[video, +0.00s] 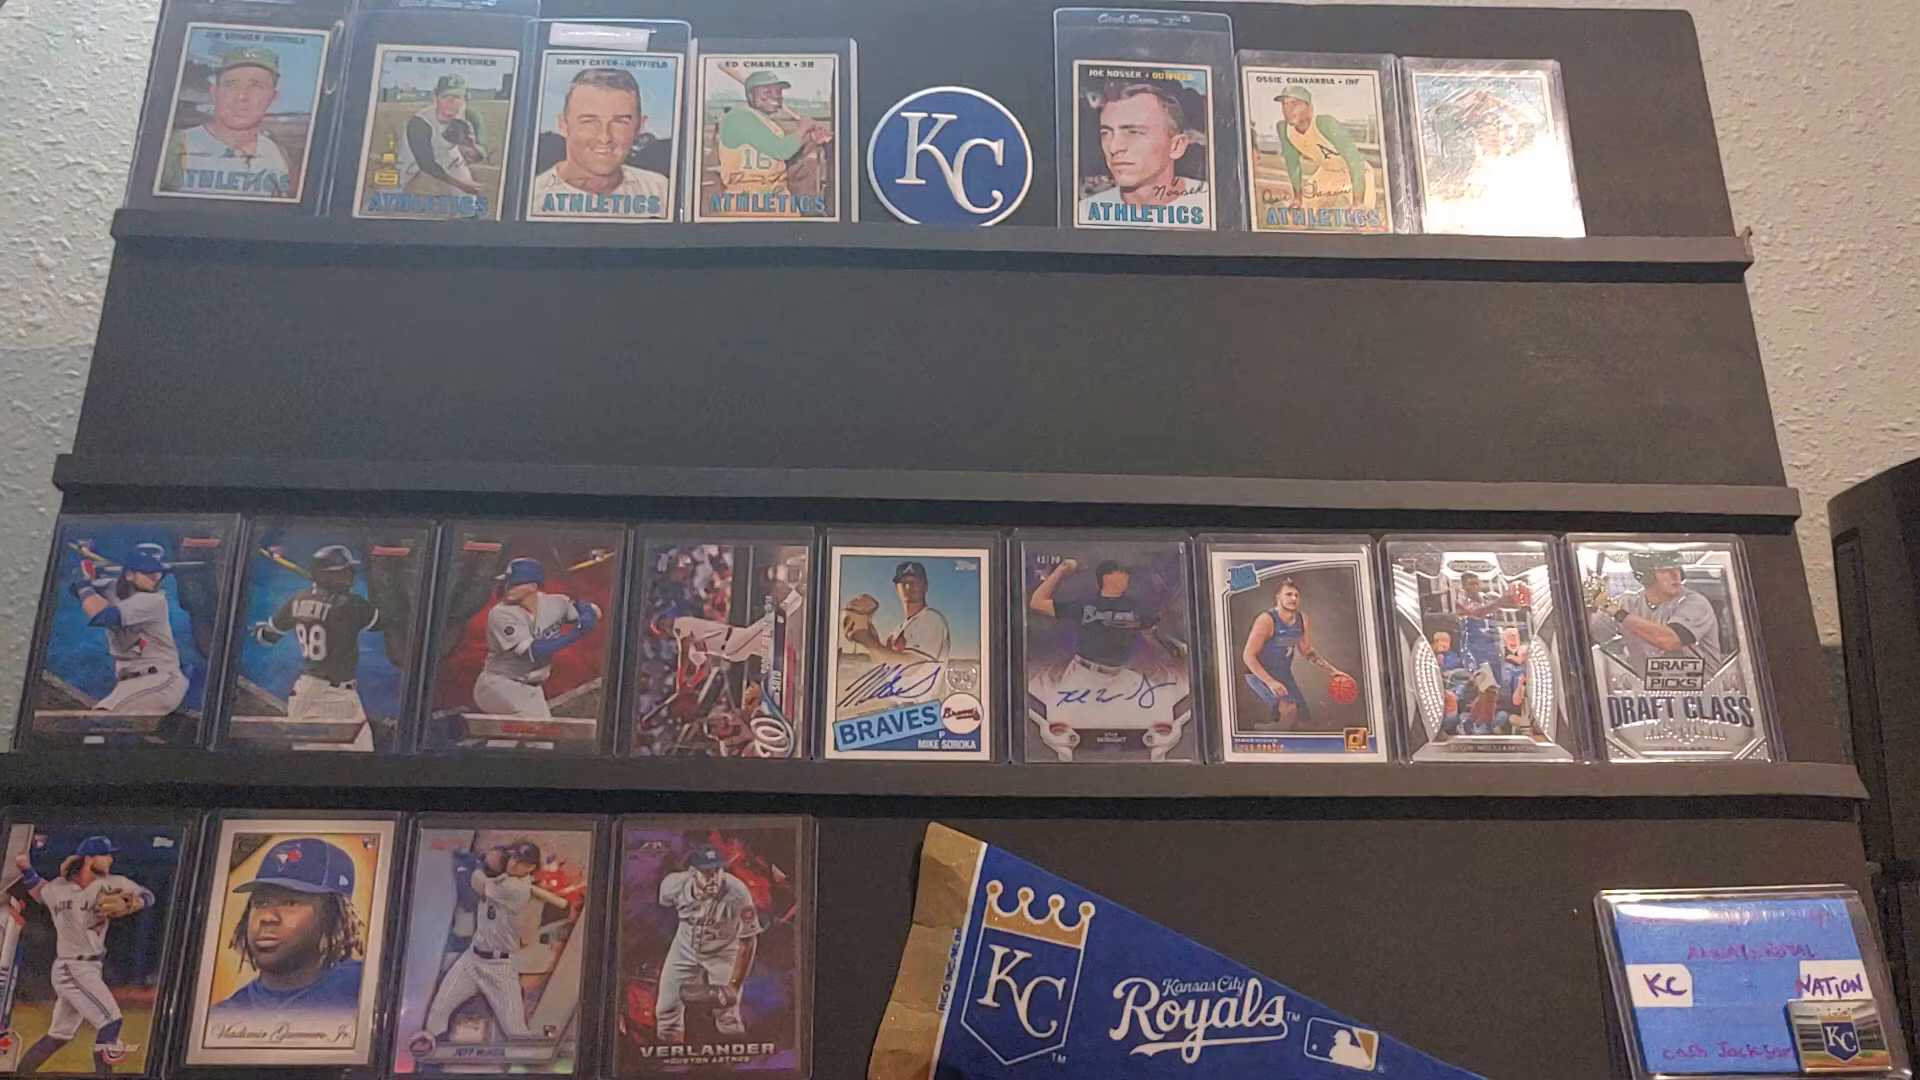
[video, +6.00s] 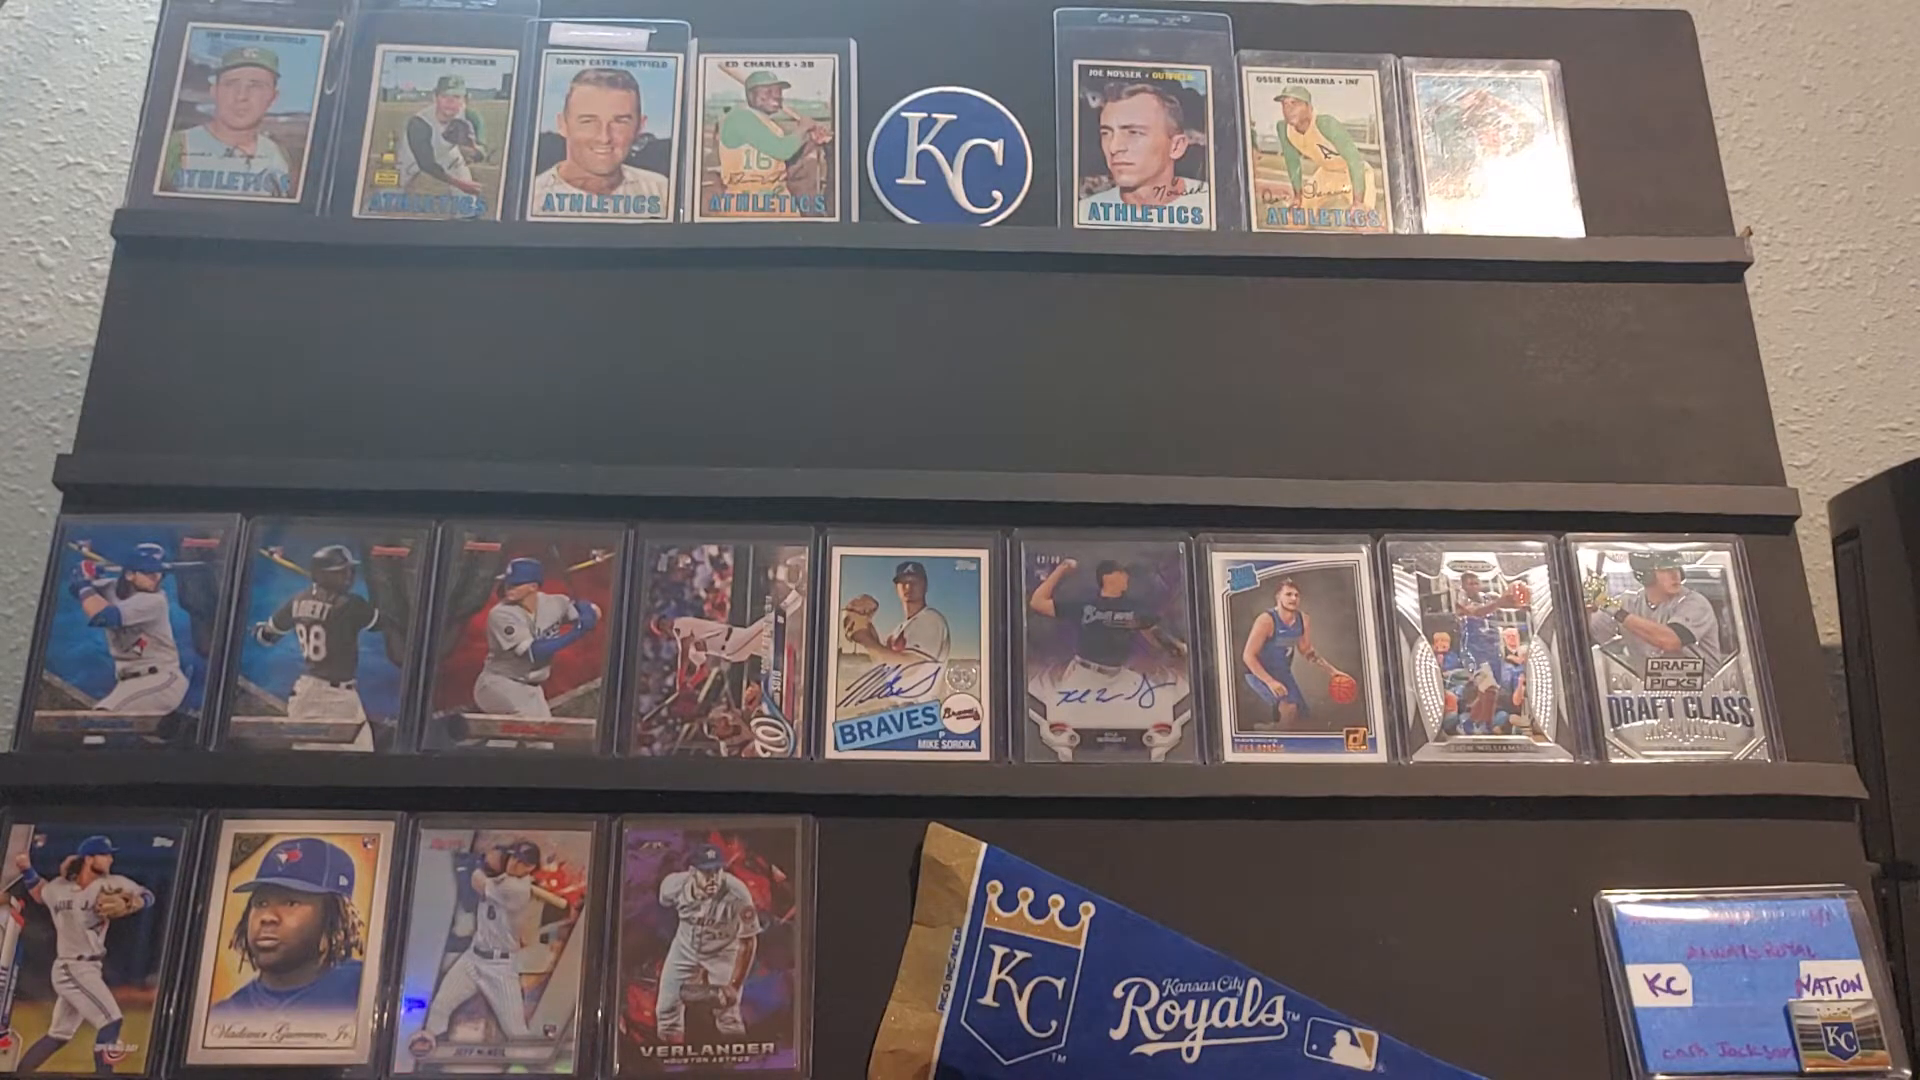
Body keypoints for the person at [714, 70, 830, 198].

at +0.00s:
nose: (776, 97)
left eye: (779, 92)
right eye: (767, 92)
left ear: (782, 93)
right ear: (751, 96)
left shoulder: (770, 124)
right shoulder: (740, 118)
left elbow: (786, 161)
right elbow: (782, 151)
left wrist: (810, 142)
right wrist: (802, 130)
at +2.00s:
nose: (777, 97)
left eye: (779, 92)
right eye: (770, 91)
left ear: (782, 93)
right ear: (752, 95)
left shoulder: (774, 127)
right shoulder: (738, 117)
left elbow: (784, 170)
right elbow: (783, 151)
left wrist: (811, 144)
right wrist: (803, 128)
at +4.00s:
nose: (777, 98)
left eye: (779, 92)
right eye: (770, 92)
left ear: (782, 93)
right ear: (753, 94)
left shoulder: (775, 128)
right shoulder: (738, 117)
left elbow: (784, 172)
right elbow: (781, 151)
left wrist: (811, 143)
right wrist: (803, 128)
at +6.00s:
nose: (776, 97)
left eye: (778, 91)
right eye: (768, 92)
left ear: (782, 93)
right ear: (752, 96)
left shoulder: (773, 126)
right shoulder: (739, 117)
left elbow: (784, 168)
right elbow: (783, 151)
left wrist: (811, 143)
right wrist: (803, 128)